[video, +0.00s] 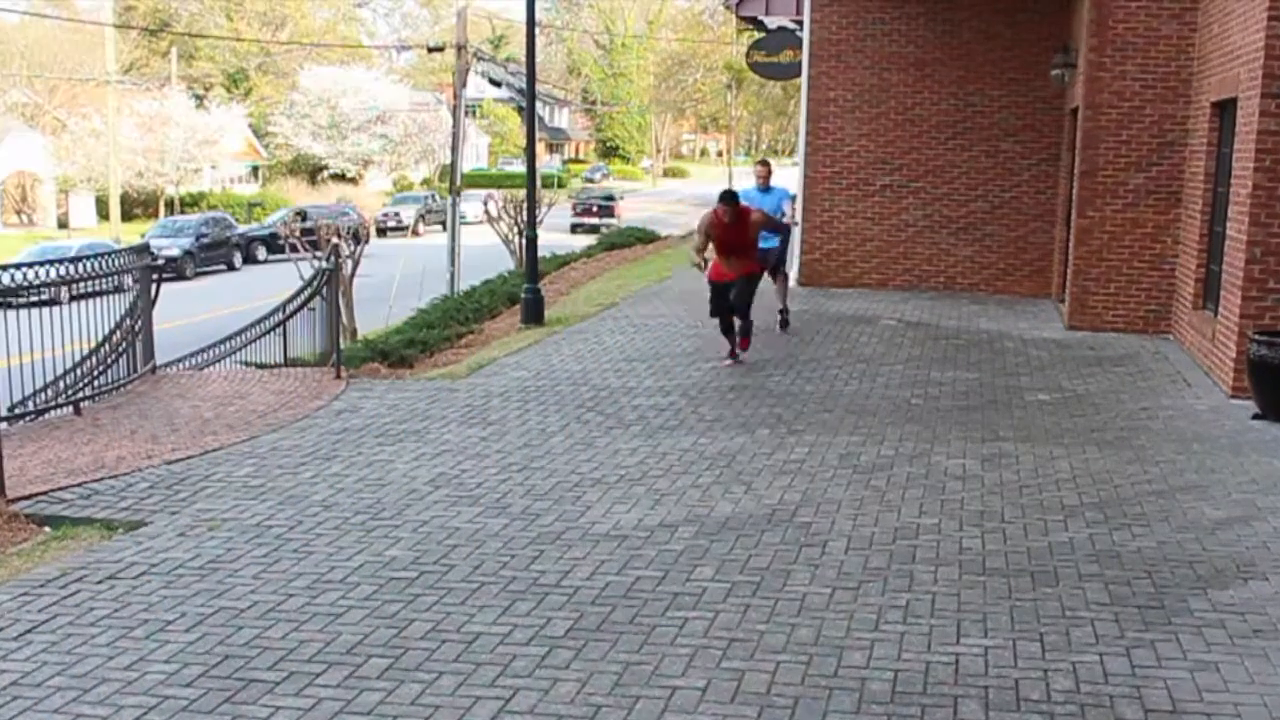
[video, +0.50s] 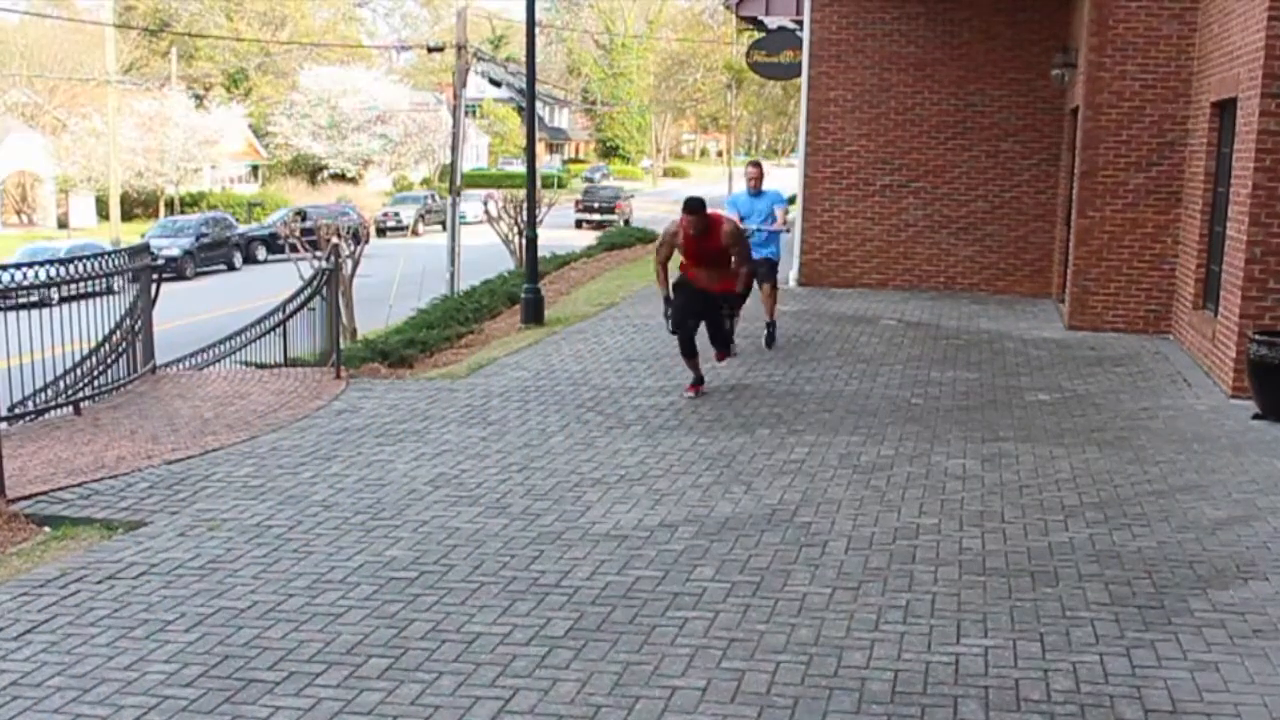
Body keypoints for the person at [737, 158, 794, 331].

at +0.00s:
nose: (762, 180)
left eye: (765, 176)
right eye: (758, 176)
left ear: (770, 176)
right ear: (754, 176)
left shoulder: (781, 194)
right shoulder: (745, 195)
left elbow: (788, 208)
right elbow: (737, 214)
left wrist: (789, 217)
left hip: (775, 244)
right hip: (753, 244)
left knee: (780, 275)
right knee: (747, 282)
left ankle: (783, 309)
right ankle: (744, 316)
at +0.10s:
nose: (761, 178)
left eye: (765, 175)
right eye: (758, 174)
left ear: (770, 175)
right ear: (754, 174)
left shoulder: (780, 193)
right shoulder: (744, 193)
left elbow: (786, 209)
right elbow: (737, 212)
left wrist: (784, 219)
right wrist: (744, 223)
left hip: (773, 245)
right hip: (751, 245)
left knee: (777, 280)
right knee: (747, 285)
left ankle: (778, 318)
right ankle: (745, 318)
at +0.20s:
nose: (764, 178)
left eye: (767, 174)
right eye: (761, 174)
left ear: (773, 174)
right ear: (757, 173)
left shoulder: (783, 192)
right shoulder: (745, 192)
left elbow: (784, 208)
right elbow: (741, 214)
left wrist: (774, 219)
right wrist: (754, 224)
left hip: (773, 245)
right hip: (751, 243)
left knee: (772, 285)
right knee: (748, 285)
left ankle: (771, 325)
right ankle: (742, 321)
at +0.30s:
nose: (764, 180)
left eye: (767, 177)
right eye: (761, 176)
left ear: (772, 176)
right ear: (756, 176)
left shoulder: (783, 195)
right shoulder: (744, 195)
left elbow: (784, 211)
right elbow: (737, 219)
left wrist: (773, 220)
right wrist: (750, 227)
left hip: (772, 248)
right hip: (749, 247)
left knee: (771, 286)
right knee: (740, 288)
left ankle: (769, 328)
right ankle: (735, 327)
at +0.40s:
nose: (758, 181)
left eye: (762, 177)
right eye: (755, 177)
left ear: (768, 176)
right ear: (751, 176)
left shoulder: (779, 195)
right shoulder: (740, 196)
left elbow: (781, 211)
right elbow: (736, 221)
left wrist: (774, 223)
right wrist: (738, 238)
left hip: (770, 250)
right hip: (747, 249)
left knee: (771, 289)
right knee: (738, 290)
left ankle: (769, 327)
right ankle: (729, 326)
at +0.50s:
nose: (753, 183)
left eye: (757, 178)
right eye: (750, 178)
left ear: (762, 178)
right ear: (745, 179)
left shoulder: (774, 197)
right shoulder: (735, 200)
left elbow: (781, 212)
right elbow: (732, 221)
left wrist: (779, 223)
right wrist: (738, 229)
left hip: (767, 252)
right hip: (744, 253)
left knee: (768, 287)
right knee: (737, 294)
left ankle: (770, 323)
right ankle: (729, 331)